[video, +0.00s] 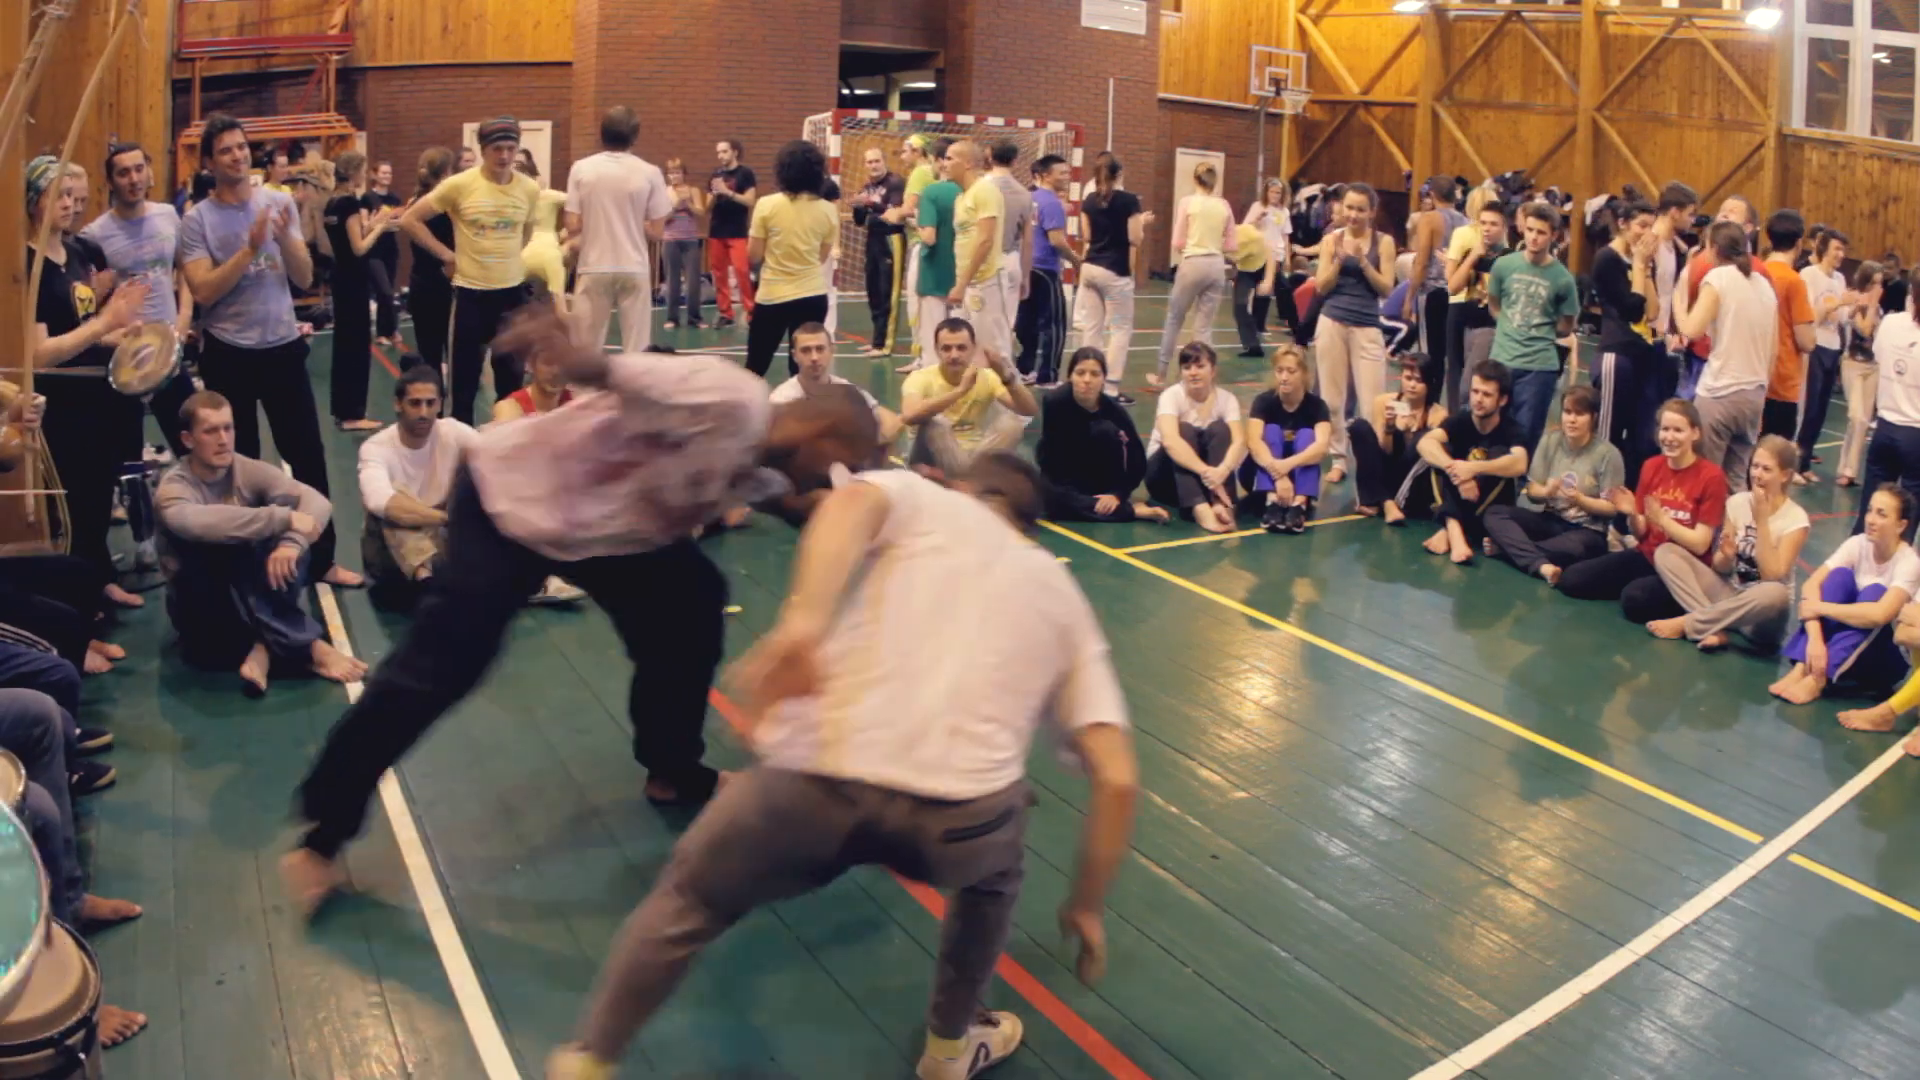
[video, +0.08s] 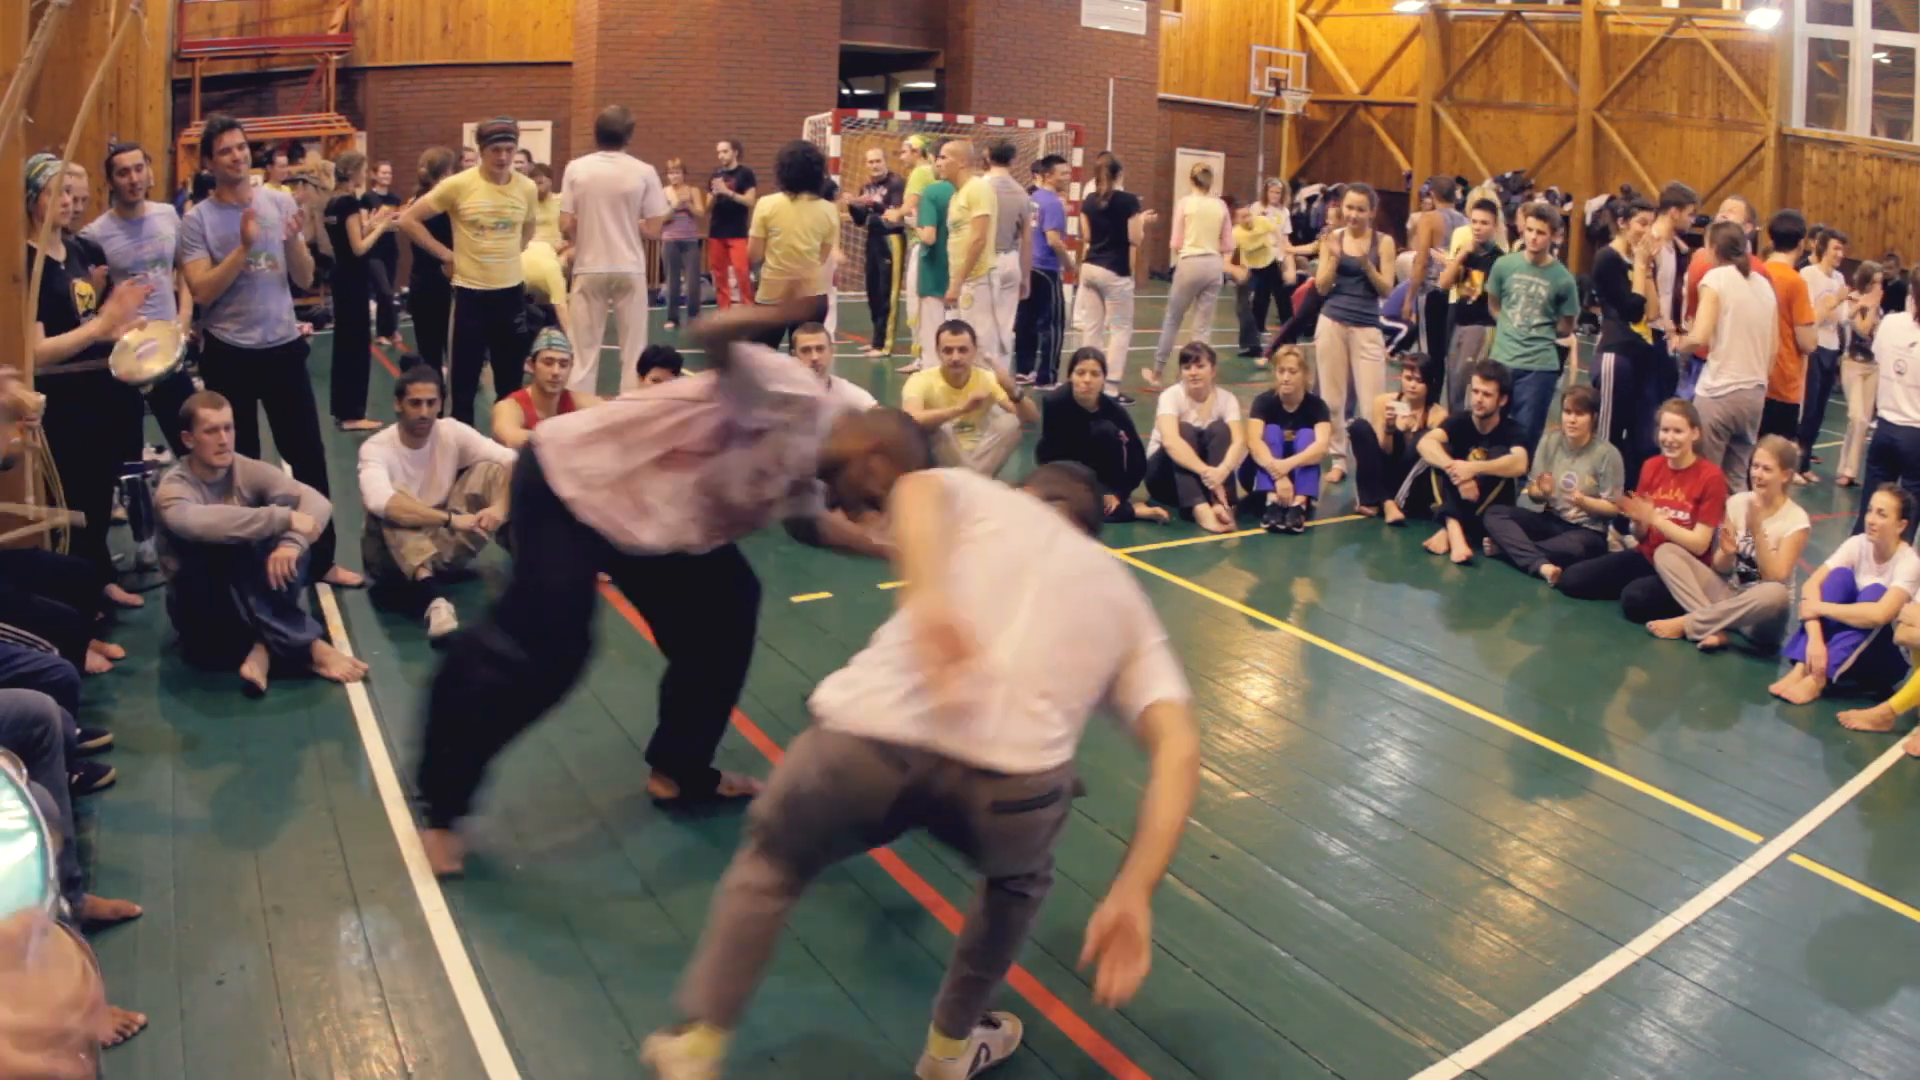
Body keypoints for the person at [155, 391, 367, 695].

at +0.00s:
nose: (223, 440)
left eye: (227, 429)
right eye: (211, 432)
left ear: (235, 430)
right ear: (187, 439)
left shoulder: (245, 469)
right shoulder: (174, 487)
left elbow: (316, 501)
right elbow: (192, 523)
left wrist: (292, 544)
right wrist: (285, 517)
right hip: (208, 615)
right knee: (215, 548)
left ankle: (264, 647)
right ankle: (312, 646)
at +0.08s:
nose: (223, 440)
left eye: (227, 429)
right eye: (211, 432)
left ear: (235, 430)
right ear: (188, 439)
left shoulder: (245, 469)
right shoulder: (174, 487)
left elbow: (316, 502)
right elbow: (192, 523)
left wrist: (291, 543)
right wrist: (285, 517)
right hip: (208, 617)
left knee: (306, 533)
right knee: (214, 548)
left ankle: (265, 647)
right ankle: (312, 646)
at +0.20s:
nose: (223, 440)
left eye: (228, 429)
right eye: (211, 431)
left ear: (235, 430)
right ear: (188, 439)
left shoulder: (245, 469)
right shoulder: (174, 486)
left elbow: (316, 501)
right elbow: (191, 523)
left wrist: (292, 544)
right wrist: (285, 517)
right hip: (208, 616)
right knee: (214, 548)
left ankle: (265, 647)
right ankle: (311, 646)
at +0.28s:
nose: (224, 439)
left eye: (228, 429)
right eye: (212, 431)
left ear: (235, 430)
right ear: (187, 439)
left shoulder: (244, 469)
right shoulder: (174, 487)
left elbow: (317, 501)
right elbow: (192, 523)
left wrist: (291, 543)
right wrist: (285, 517)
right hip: (208, 617)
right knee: (215, 548)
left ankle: (264, 647)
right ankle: (313, 647)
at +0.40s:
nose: (224, 439)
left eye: (228, 429)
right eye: (212, 431)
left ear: (235, 430)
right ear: (188, 439)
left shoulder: (245, 469)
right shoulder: (175, 486)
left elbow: (316, 502)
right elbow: (192, 524)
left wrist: (292, 543)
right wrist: (284, 517)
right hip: (209, 616)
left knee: (301, 534)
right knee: (214, 546)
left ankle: (265, 646)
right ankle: (310, 646)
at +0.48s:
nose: (224, 439)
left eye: (229, 429)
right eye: (212, 431)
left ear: (236, 430)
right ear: (188, 439)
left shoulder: (245, 469)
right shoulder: (174, 488)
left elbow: (316, 502)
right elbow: (193, 524)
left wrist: (292, 543)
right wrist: (285, 517)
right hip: (209, 618)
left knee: (306, 534)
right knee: (215, 547)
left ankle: (266, 646)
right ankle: (310, 645)